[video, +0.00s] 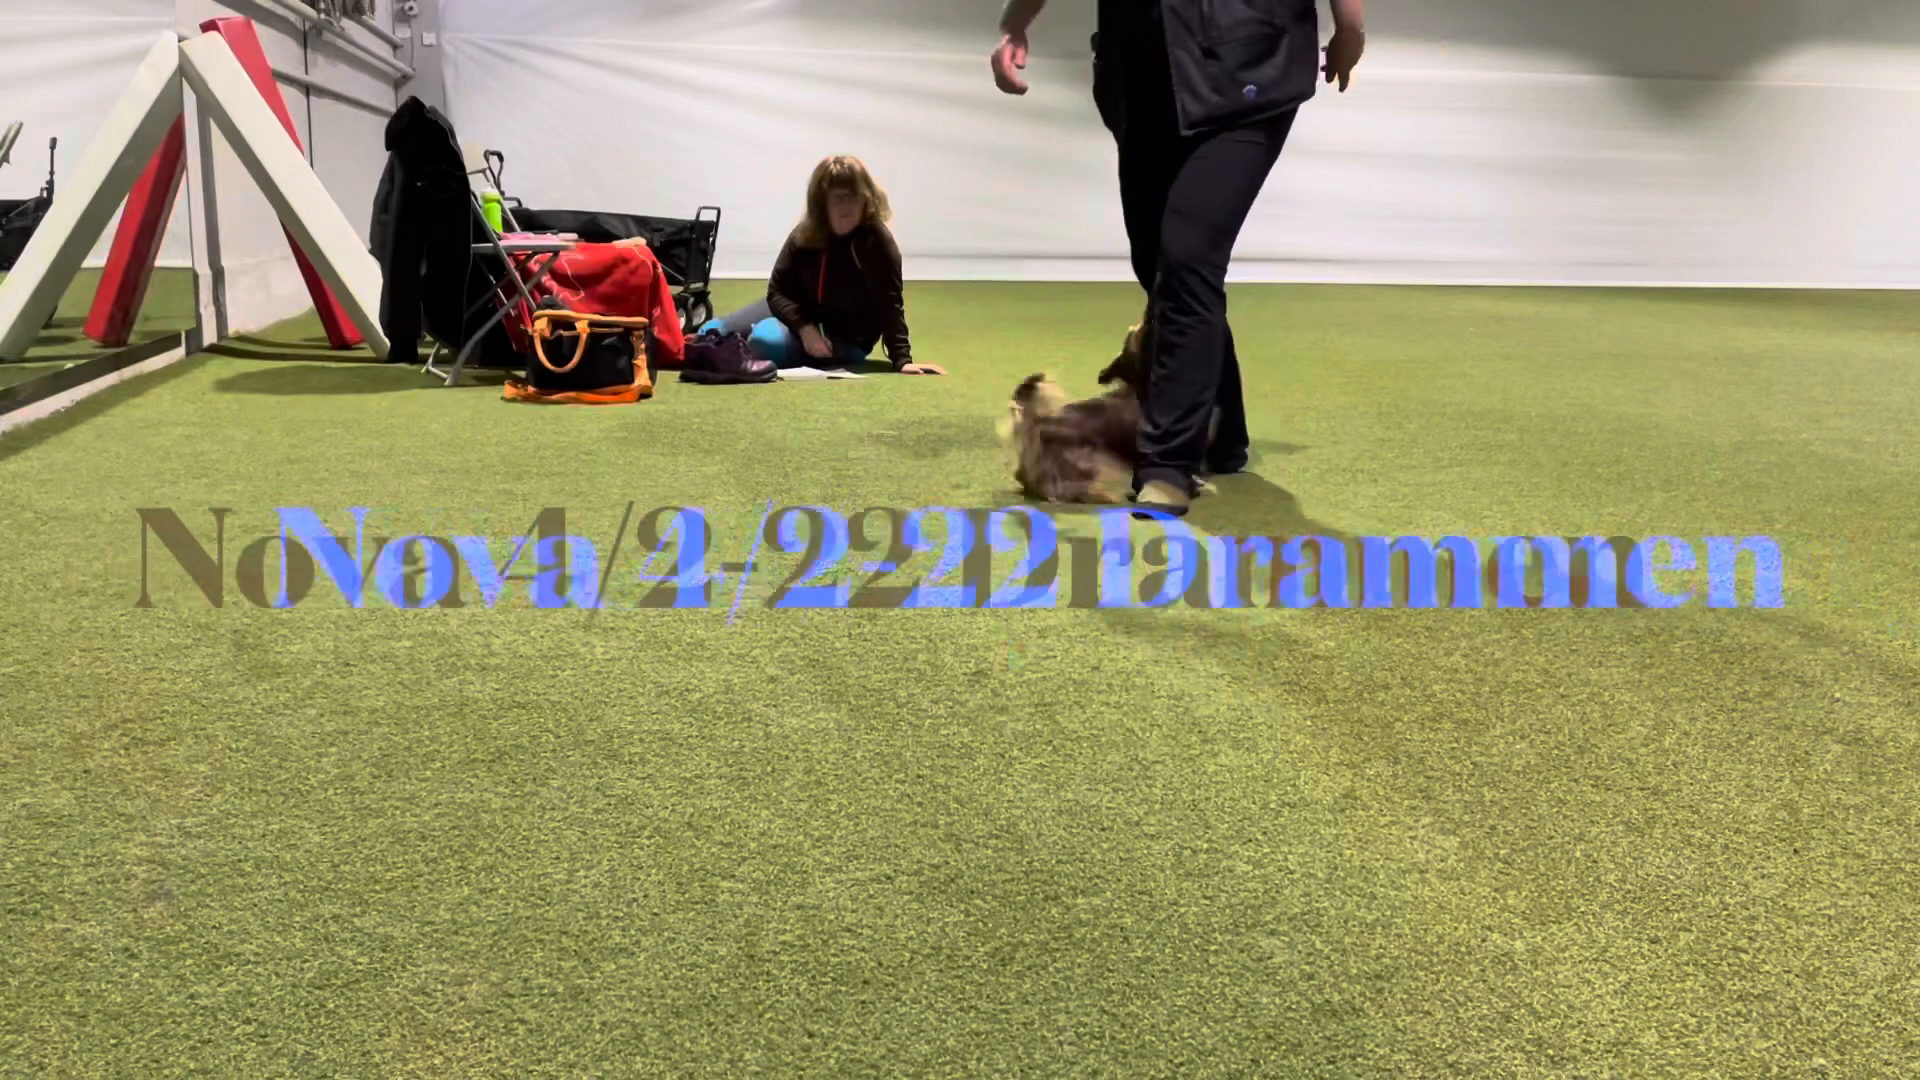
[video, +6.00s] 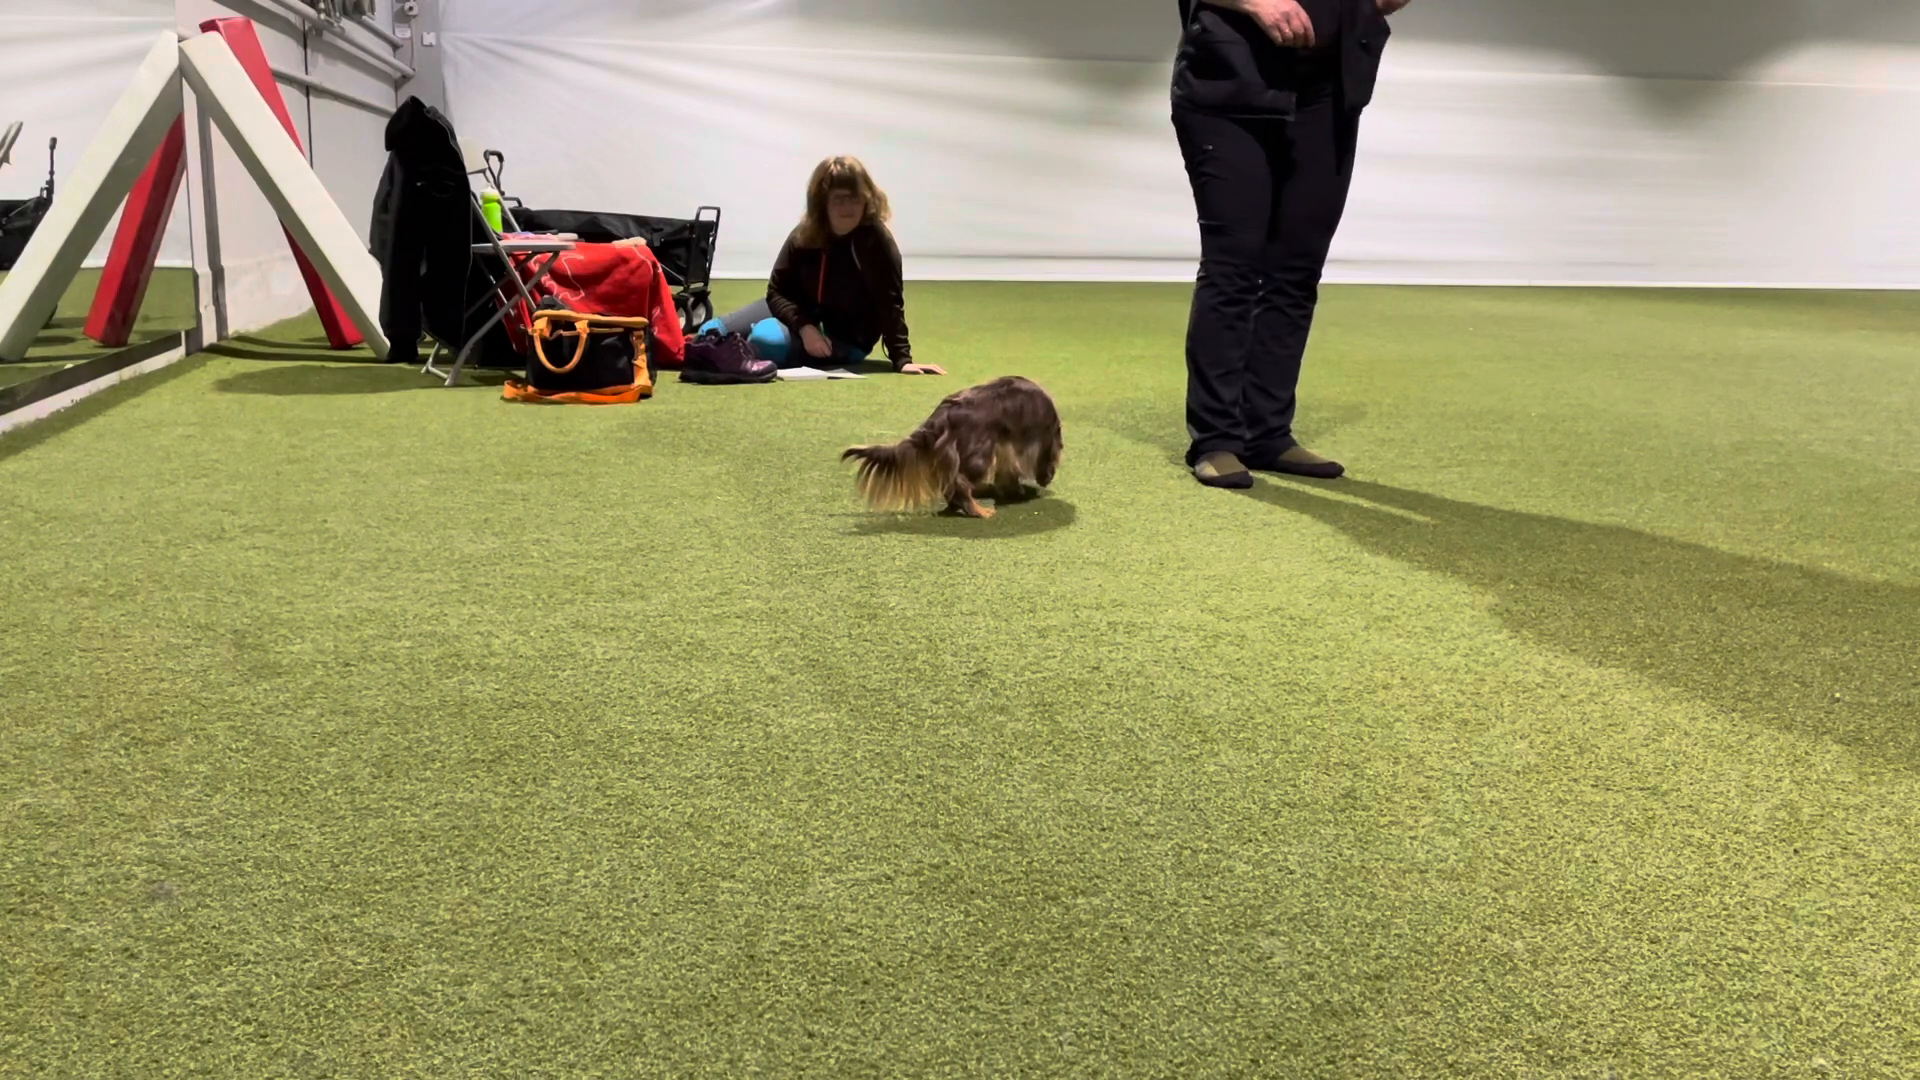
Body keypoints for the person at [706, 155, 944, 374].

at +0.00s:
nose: (846, 205)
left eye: (853, 197)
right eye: (837, 197)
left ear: (866, 201)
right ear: (821, 201)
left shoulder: (879, 244)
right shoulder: (804, 237)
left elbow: (891, 303)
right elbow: (777, 291)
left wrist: (902, 361)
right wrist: (805, 328)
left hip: (842, 338)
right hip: (796, 313)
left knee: (765, 338)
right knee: (712, 332)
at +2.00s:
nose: (848, 204)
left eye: (856, 195)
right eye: (839, 196)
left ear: (868, 200)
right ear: (823, 200)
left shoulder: (878, 242)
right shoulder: (805, 236)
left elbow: (891, 302)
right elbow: (778, 292)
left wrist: (902, 360)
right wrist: (805, 327)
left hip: (841, 338)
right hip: (794, 313)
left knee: (764, 337)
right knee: (714, 331)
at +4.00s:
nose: (847, 205)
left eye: (855, 196)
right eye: (838, 197)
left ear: (866, 200)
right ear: (822, 201)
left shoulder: (878, 243)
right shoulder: (804, 237)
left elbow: (891, 302)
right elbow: (777, 293)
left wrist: (902, 360)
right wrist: (804, 327)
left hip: (840, 338)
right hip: (794, 313)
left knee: (764, 337)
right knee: (714, 331)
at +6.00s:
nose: (847, 205)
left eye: (854, 197)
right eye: (838, 198)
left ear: (866, 200)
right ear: (822, 201)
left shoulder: (878, 243)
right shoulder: (804, 237)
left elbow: (891, 302)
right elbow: (777, 292)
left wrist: (902, 360)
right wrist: (804, 328)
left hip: (842, 337)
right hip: (796, 313)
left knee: (764, 336)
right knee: (712, 331)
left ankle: (732, 346)